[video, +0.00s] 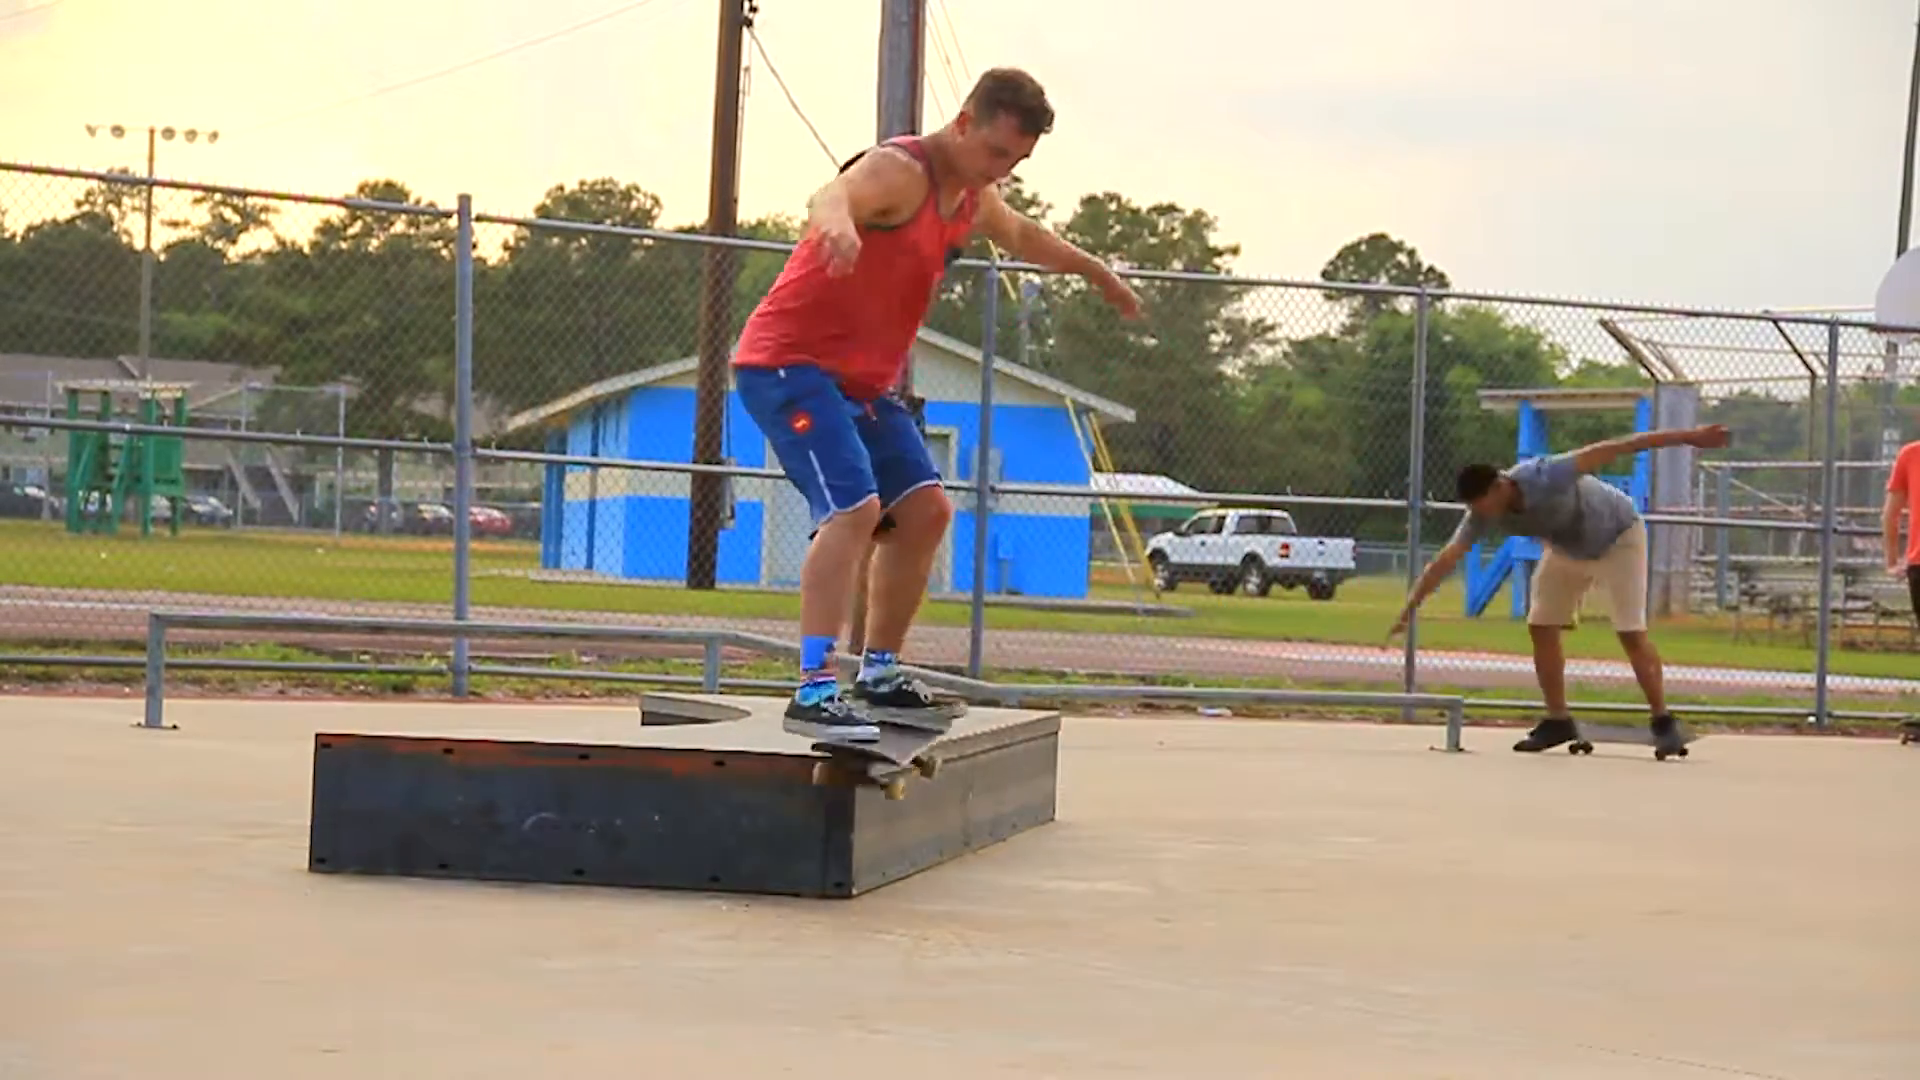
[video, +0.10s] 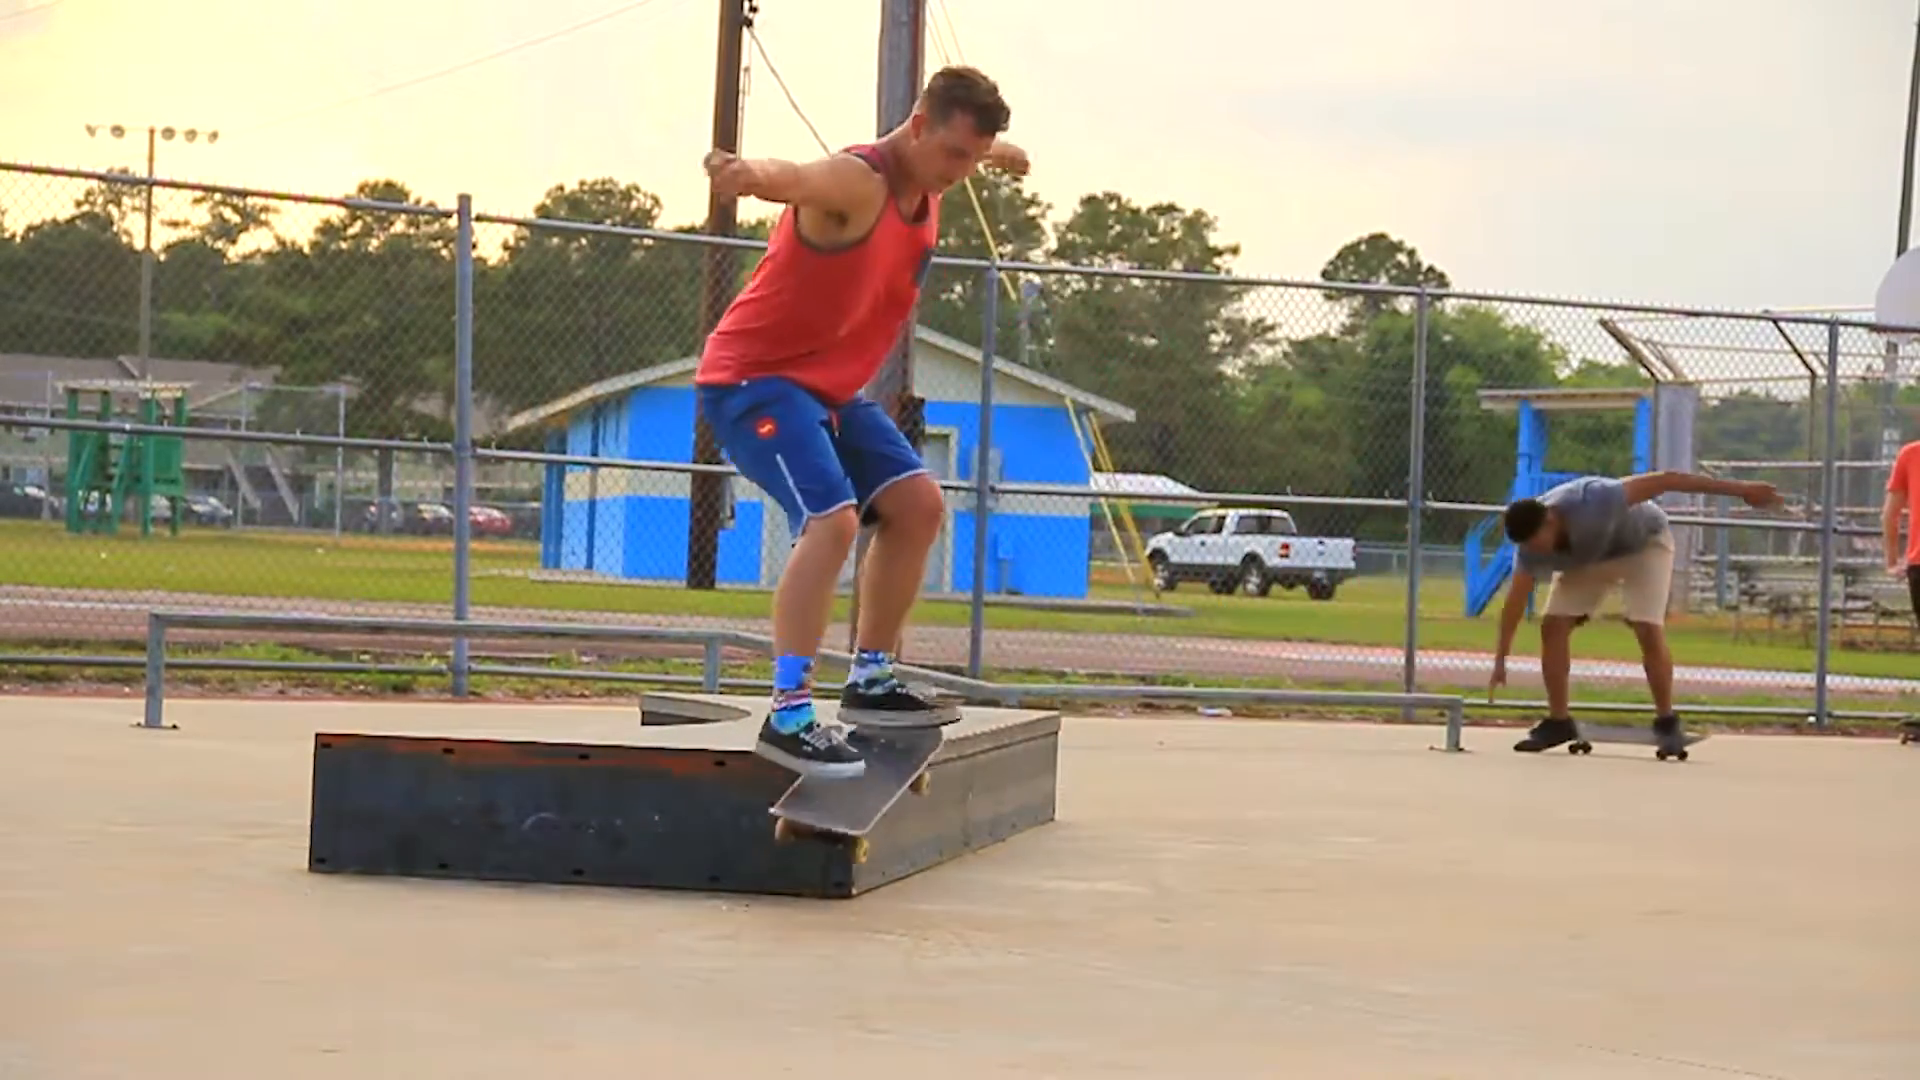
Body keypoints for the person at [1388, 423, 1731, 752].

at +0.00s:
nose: (1483, 517)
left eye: (1485, 508)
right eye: (1477, 512)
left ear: (1502, 487)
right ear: (1475, 503)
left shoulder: (1544, 475)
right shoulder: (1483, 513)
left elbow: (1615, 448)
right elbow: (1444, 562)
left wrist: (1690, 437)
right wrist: (1409, 607)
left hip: (1619, 533)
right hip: (1566, 545)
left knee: (1630, 630)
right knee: (1542, 624)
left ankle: (1662, 721)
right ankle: (1558, 721)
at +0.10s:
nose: (1537, 552)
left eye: (1539, 544)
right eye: (1530, 549)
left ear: (1551, 520)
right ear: (1521, 541)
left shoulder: (1596, 498)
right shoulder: (1531, 546)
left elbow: (1669, 480)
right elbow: (1515, 600)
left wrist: (1744, 490)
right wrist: (1500, 659)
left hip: (1643, 543)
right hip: (1585, 558)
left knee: (1647, 627)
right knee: (1553, 626)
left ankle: (1667, 723)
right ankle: (1558, 720)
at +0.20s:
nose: (1582, 533)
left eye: (1586, 525)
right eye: (1575, 529)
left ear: (1597, 503)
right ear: (1565, 517)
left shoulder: (1640, 485)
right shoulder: (1566, 517)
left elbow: (1713, 484)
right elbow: (1551, 573)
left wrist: (1775, 511)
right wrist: (1538, 632)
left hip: (1666, 540)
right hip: (1611, 550)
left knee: (1664, 623)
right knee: (1569, 620)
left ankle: (1671, 721)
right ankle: (1564, 718)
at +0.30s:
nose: (1620, 490)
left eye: (1623, 483)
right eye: (1612, 488)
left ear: (1633, 463)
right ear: (1597, 479)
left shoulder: (1668, 452)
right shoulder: (1585, 477)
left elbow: (1739, 466)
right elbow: (1553, 521)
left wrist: (1790, 505)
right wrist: (1525, 573)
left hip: (1686, 522)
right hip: (1632, 525)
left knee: (1682, 614)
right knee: (1593, 602)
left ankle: (1686, 716)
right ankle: (1588, 703)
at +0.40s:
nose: (1644, 453)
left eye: (1649, 446)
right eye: (1637, 448)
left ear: (1663, 433)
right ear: (1629, 438)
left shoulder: (1702, 433)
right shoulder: (1619, 443)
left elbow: (1757, 464)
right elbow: (1565, 469)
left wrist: (1792, 515)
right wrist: (1507, 504)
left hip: (1702, 531)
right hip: (1650, 527)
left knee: (1695, 622)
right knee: (1612, 609)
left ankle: (1709, 719)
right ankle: (1631, 707)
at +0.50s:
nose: (1674, 432)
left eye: (1681, 425)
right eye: (1666, 425)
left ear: (1696, 411)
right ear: (1656, 414)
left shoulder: (1732, 432)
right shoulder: (1644, 423)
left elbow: (1766, 485)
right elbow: (1585, 443)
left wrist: (1780, 553)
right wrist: (1523, 455)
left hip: (1713, 539)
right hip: (1661, 537)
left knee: (1714, 626)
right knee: (1639, 623)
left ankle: (1734, 720)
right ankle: (1658, 715)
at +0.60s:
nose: (1690, 405)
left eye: (1696, 399)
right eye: (1684, 398)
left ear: (1717, 388)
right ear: (1679, 391)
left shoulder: (1750, 424)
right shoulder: (1667, 410)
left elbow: (1762, 495)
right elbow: (1614, 431)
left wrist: (1750, 557)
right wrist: (1549, 442)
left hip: (1733, 538)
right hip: (1678, 536)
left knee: (1742, 630)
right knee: (1664, 624)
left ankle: (1757, 720)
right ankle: (1681, 716)